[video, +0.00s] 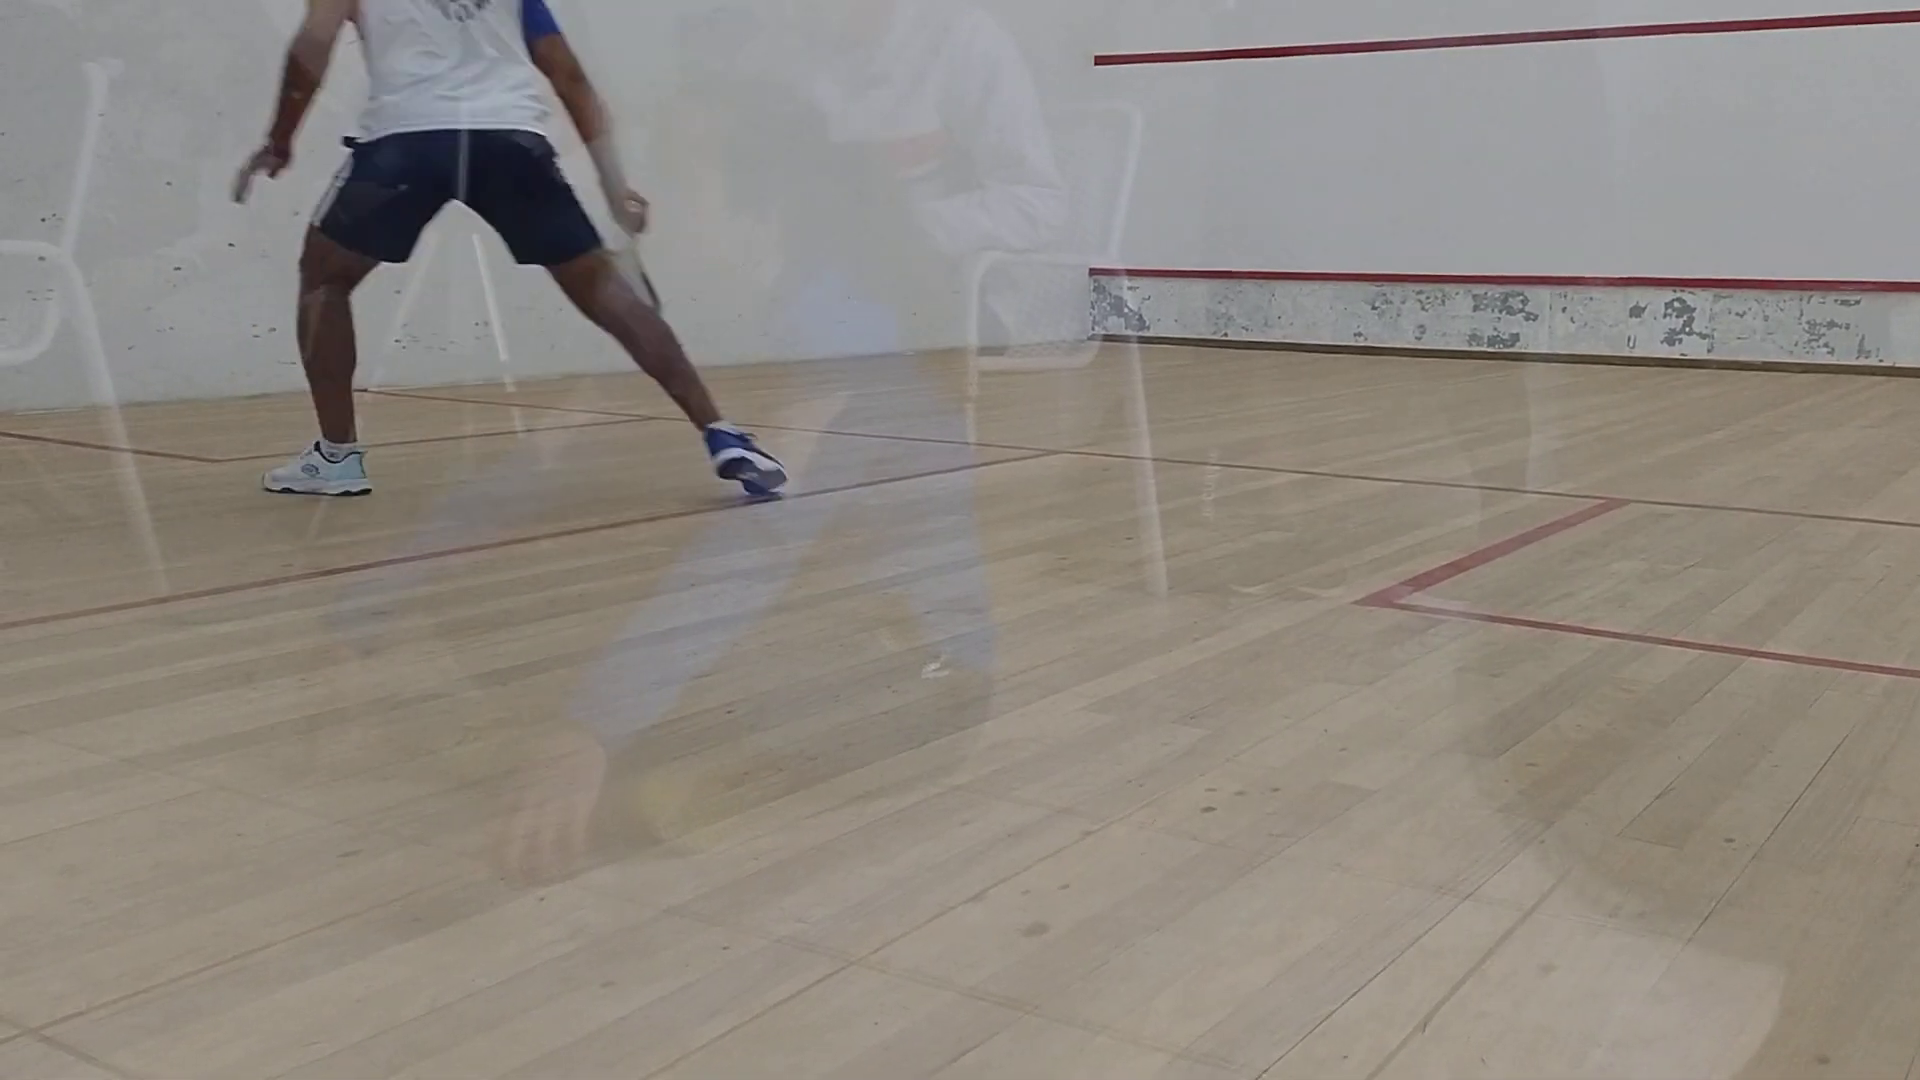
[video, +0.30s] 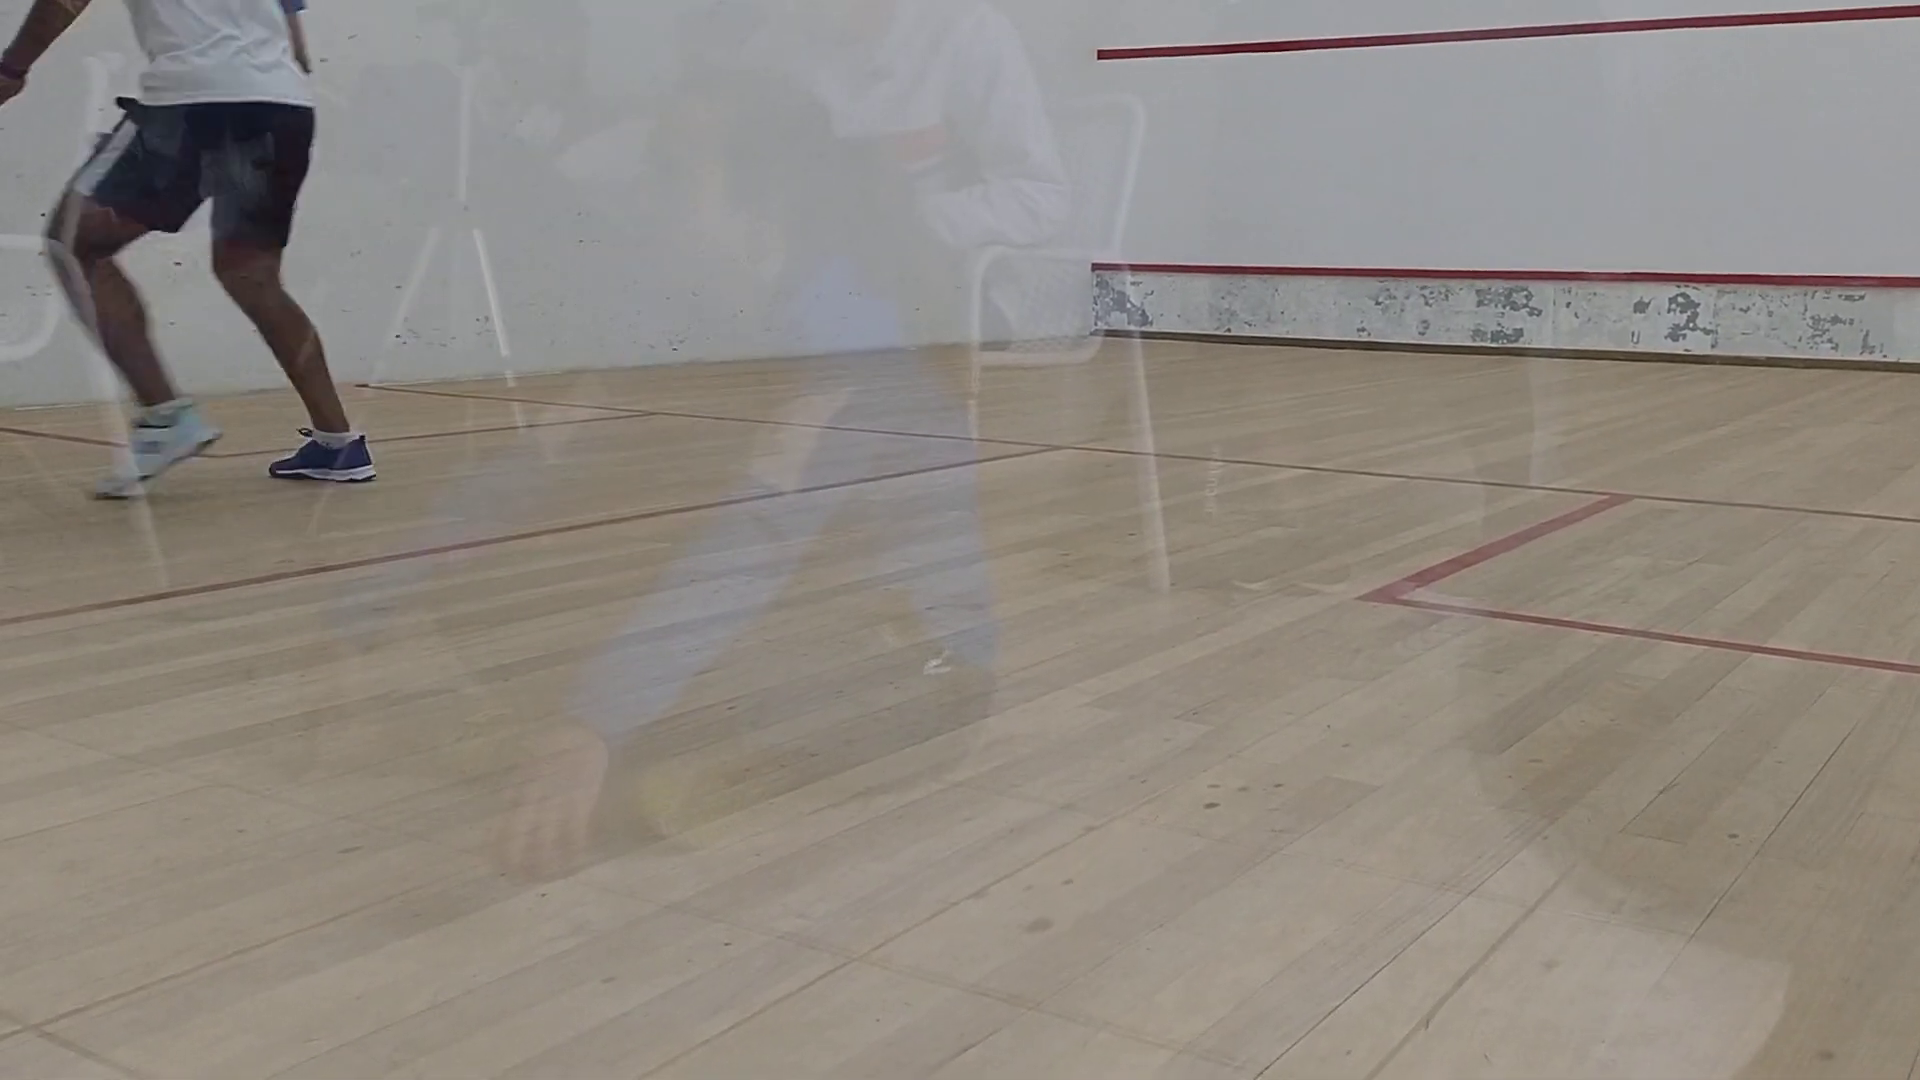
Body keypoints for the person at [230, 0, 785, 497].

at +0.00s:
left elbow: (308, 51)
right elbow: (568, 74)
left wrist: (279, 140)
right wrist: (618, 182)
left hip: (405, 141)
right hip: (513, 140)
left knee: (324, 279)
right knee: (605, 287)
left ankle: (337, 452)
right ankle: (720, 434)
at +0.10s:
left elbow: (209, 7)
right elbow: (473, 51)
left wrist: (171, 84)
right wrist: (505, 160)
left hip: (331, 115)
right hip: (434, 110)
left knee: (290, 283)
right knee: (488, 274)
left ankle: (334, 453)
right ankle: (573, 414)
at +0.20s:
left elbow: (120, 2)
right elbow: (388, 49)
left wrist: (79, 55)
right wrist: (390, 149)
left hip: (263, 87)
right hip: (360, 91)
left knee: (209, 260)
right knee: (342, 262)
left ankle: (296, 427)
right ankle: (418, 427)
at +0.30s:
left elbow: (66, 1)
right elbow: (292, 46)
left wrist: (12, 64)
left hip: (184, 97)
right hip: (281, 96)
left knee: (75, 244)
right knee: (249, 270)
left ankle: (165, 414)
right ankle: (337, 439)